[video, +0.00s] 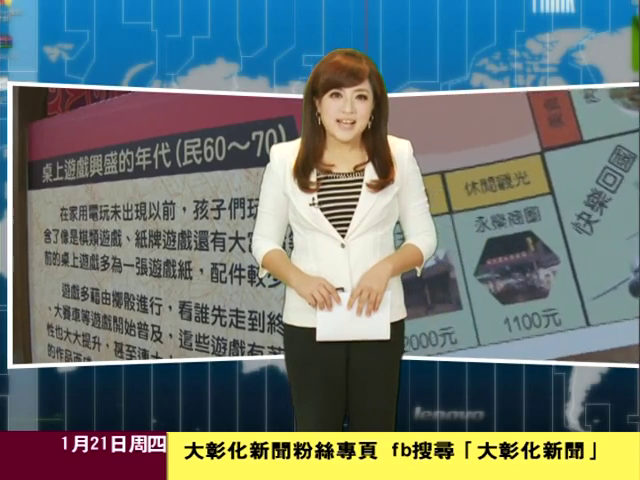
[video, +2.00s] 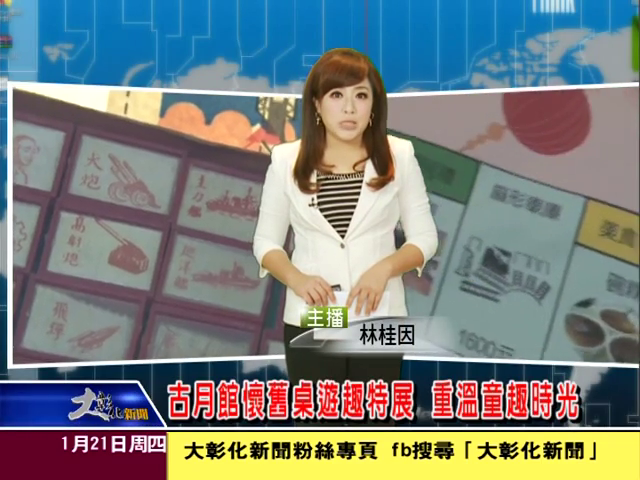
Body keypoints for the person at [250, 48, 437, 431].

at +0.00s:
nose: (348, 108)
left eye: (361, 97)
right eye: (336, 96)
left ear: (374, 106)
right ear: (316, 102)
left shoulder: (396, 156)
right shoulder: (287, 159)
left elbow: (424, 238)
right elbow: (264, 243)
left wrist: (385, 267)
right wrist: (298, 278)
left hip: (378, 328)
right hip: (310, 328)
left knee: (375, 445)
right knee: (316, 445)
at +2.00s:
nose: (349, 107)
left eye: (361, 96)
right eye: (336, 95)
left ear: (374, 104)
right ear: (316, 104)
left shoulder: (397, 156)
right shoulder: (288, 159)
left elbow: (425, 239)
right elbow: (265, 243)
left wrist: (384, 267)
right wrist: (298, 279)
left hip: (379, 324)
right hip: (309, 323)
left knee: (375, 439)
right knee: (314, 438)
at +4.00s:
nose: (345, 104)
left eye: (356, 92)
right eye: (332, 92)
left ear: (370, 103)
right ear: (313, 103)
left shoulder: (395, 155)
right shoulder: (285, 160)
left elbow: (424, 237)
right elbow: (264, 242)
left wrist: (386, 267)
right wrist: (289, 276)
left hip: (377, 324)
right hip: (307, 323)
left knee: (376, 441)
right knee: (314, 440)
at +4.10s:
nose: (344, 104)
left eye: (356, 92)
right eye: (331, 92)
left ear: (370, 103)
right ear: (312, 103)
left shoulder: (395, 154)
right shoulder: (284, 159)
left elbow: (425, 235)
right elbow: (263, 242)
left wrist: (388, 266)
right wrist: (289, 276)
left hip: (377, 324)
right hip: (307, 323)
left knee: (376, 440)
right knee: (314, 439)